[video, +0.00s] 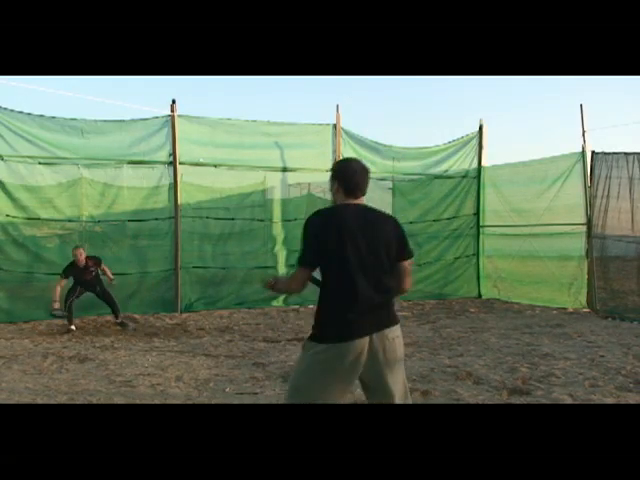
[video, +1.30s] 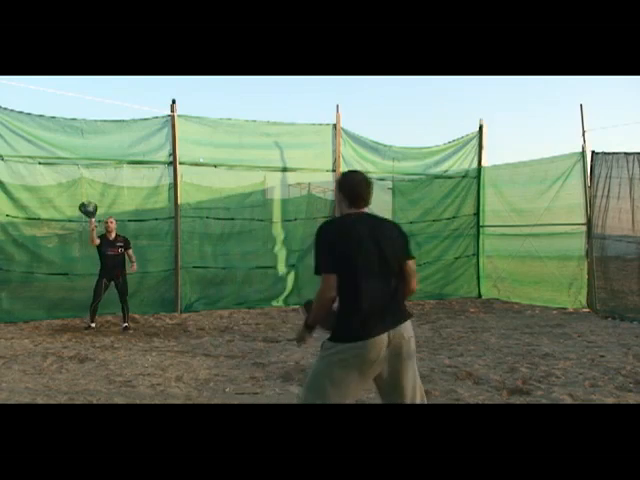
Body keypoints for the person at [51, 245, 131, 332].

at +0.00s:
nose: (79, 258)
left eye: (81, 255)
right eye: (77, 255)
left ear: (85, 254)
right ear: (74, 257)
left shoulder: (93, 261)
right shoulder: (70, 268)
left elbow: (103, 268)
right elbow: (59, 285)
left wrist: (110, 277)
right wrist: (56, 302)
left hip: (95, 284)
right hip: (80, 285)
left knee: (111, 301)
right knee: (68, 301)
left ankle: (118, 319)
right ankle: (71, 325)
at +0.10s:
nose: (82, 250)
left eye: (83, 247)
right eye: (79, 248)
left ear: (87, 247)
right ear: (76, 250)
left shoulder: (96, 257)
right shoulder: (72, 262)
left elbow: (107, 266)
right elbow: (61, 277)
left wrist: (116, 280)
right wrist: (57, 294)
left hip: (98, 283)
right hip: (82, 284)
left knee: (113, 304)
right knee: (70, 301)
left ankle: (112, 318)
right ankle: (71, 325)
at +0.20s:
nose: (87, 243)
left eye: (89, 241)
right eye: (84, 241)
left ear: (93, 241)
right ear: (82, 242)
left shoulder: (102, 252)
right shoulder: (77, 256)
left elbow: (112, 264)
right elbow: (68, 269)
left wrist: (117, 276)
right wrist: (63, 285)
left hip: (101, 281)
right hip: (86, 282)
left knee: (112, 301)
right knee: (75, 301)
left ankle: (109, 320)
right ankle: (72, 325)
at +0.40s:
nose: (96, 234)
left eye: (98, 231)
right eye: (94, 232)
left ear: (102, 233)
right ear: (91, 233)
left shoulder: (110, 246)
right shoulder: (85, 247)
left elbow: (118, 261)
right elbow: (79, 259)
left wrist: (116, 273)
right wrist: (75, 272)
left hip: (106, 277)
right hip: (91, 277)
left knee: (111, 298)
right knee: (81, 296)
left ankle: (109, 320)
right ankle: (81, 321)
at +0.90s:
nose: (100, 228)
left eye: (102, 225)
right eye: (97, 225)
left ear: (106, 227)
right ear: (94, 228)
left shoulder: (113, 242)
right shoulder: (89, 242)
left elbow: (118, 258)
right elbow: (80, 258)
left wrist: (115, 269)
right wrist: (80, 258)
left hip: (109, 274)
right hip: (94, 275)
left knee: (117, 299)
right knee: (90, 300)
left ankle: (122, 320)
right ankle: (89, 323)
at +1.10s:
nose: (105, 227)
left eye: (107, 224)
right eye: (103, 225)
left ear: (111, 226)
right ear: (100, 227)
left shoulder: (120, 242)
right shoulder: (95, 242)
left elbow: (125, 257)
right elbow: (85, 256)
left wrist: (125, 268)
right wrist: (86, 241)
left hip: (117, 274)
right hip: (102, 275)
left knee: (123, 299)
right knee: (94, 299)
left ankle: (125, 322)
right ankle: (90, 323)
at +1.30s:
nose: (109, 225)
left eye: (111, 223)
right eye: (107, 223)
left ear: (115, 225)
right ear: (104, 226)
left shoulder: (123, 240)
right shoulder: (101, 239)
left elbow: (130, 254)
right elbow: (94, 242)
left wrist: (133, 263)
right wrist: (92, 230)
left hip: (119, 273)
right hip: (105, 273)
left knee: (123, 298)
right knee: (96, 298)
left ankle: (125, 323)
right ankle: (92, 322)